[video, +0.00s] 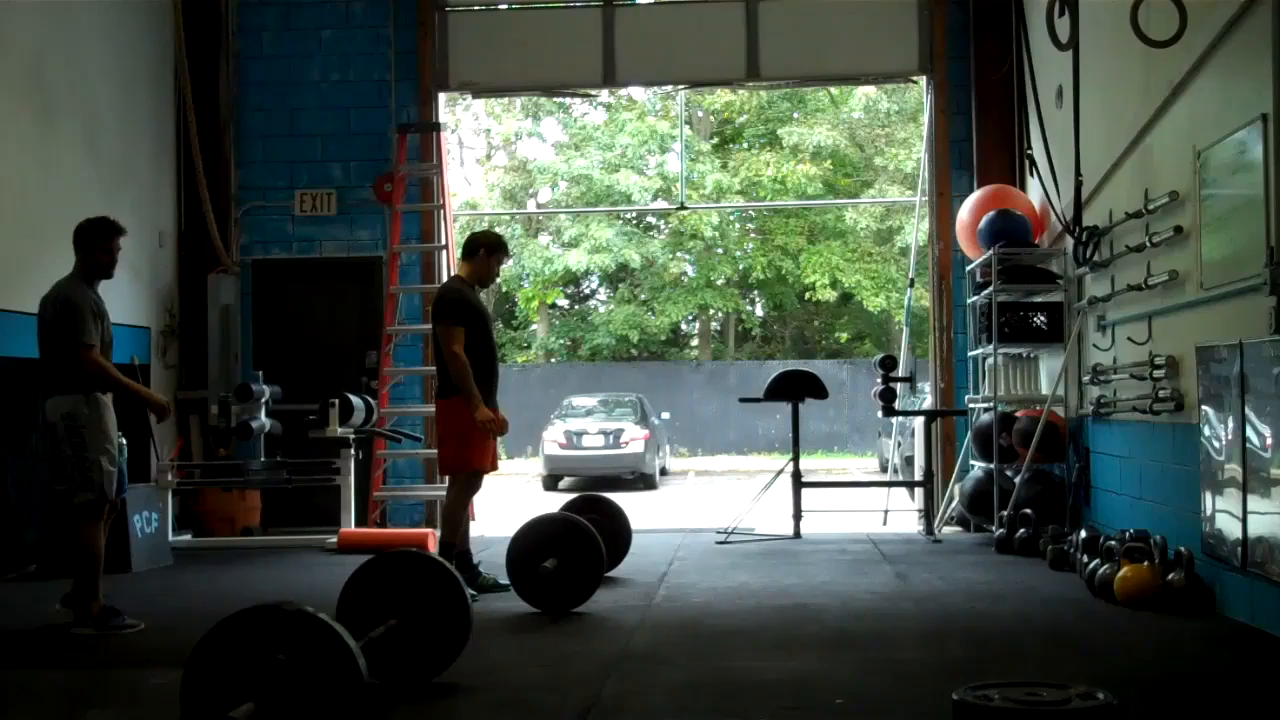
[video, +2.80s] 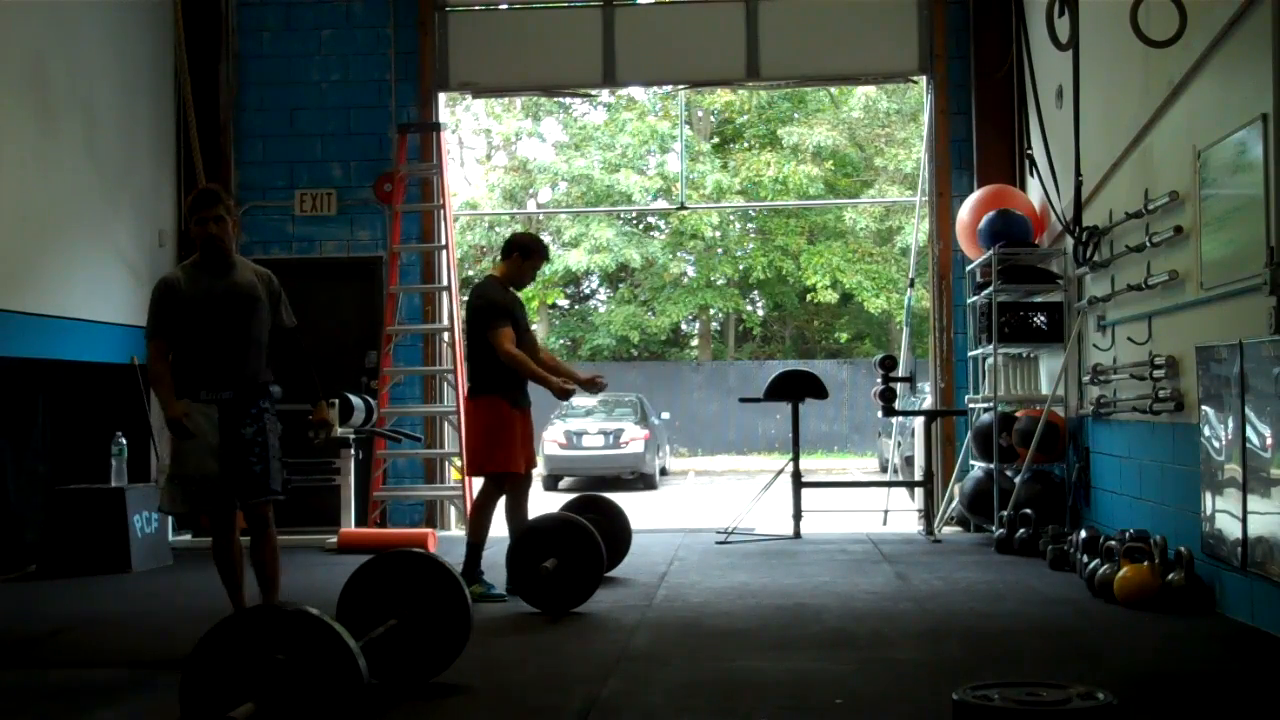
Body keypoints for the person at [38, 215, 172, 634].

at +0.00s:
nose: (118, 258)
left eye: (118, 250)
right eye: (113, 250)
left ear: (89, 251)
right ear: (93, 250)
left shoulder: (66, 295)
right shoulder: (79, 298)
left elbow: (80, 363)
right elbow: (89, 361)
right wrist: (146, 394)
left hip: (72, 412)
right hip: (84, 413)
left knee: (92, 506)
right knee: (95, 508)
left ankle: (82, 596)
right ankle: (91, 607)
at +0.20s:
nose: (123, 261)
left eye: (125, 253)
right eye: (116, 253)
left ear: (121, 254)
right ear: (94, 253)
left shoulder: (104, 304)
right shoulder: (69, 301)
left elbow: (104, 364)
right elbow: (63, 363)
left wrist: (114, 409)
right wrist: (107, 405)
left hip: (98, 414)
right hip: (78, 415)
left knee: (95, 506)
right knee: (94, 506)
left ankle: (79, 600)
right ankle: (90, 605)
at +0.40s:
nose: (126, 265)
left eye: (130, 258)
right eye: (119, 257)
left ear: (131, 259)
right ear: (99, 255)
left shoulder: (117, 308)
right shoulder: (65, 302)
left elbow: (128, 361)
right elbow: (39, 359)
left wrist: (167, 397)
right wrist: (24, 412)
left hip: (100, 412)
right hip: (70, 412)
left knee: (90, 504)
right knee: (82, 504)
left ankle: (76, 598)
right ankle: (85, 601)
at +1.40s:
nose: (148, 256)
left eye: (149, 248)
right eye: (141, 248)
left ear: (135, 250)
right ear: (116, 248)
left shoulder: (140, 299)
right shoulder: (72, 300)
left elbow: (155, 360)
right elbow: (48, 362)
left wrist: (180, 407)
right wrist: (51, 417)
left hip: (135, 417)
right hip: (86, 419)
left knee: (166, 498)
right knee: (82, 511)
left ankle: (139, 589)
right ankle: (79, 605)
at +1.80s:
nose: (210, 257)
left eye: (211, 249)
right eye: (204, 248)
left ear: (201, 249)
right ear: (180, 246)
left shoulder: (196, 300)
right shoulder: (134, 294)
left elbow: (194, 368)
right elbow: (114, 358)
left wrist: (205, 423)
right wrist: (130, 412)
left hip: (187, 417)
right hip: (145, 415)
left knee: (188, 515)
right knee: (130, 512)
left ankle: (199, 605)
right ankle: (92, 599)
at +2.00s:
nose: (225, 255)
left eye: (229, 247)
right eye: (218, 247)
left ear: (230, 248)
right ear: (196, 245)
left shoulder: (226, 298)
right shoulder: (157, 292)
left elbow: (241, 361)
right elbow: (129, 358)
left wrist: (260, 409)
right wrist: (135, 411)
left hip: (210, 413)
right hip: (165, 410)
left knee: (201, 511)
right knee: (173, 505)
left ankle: (200, 604)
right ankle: (158, 597)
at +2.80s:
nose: (213, 228)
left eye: (220, 220)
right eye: (204, 221)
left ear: (235, 225)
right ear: (191, 229)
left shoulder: (262, 280)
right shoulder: (173, 286)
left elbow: (291, 346)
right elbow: (157, 355)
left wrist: (318, 402)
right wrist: (171, 405)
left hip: (255, 412)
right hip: (202, 416)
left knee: (261, 516)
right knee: (222, 523)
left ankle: (273, 608)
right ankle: (239, 610)